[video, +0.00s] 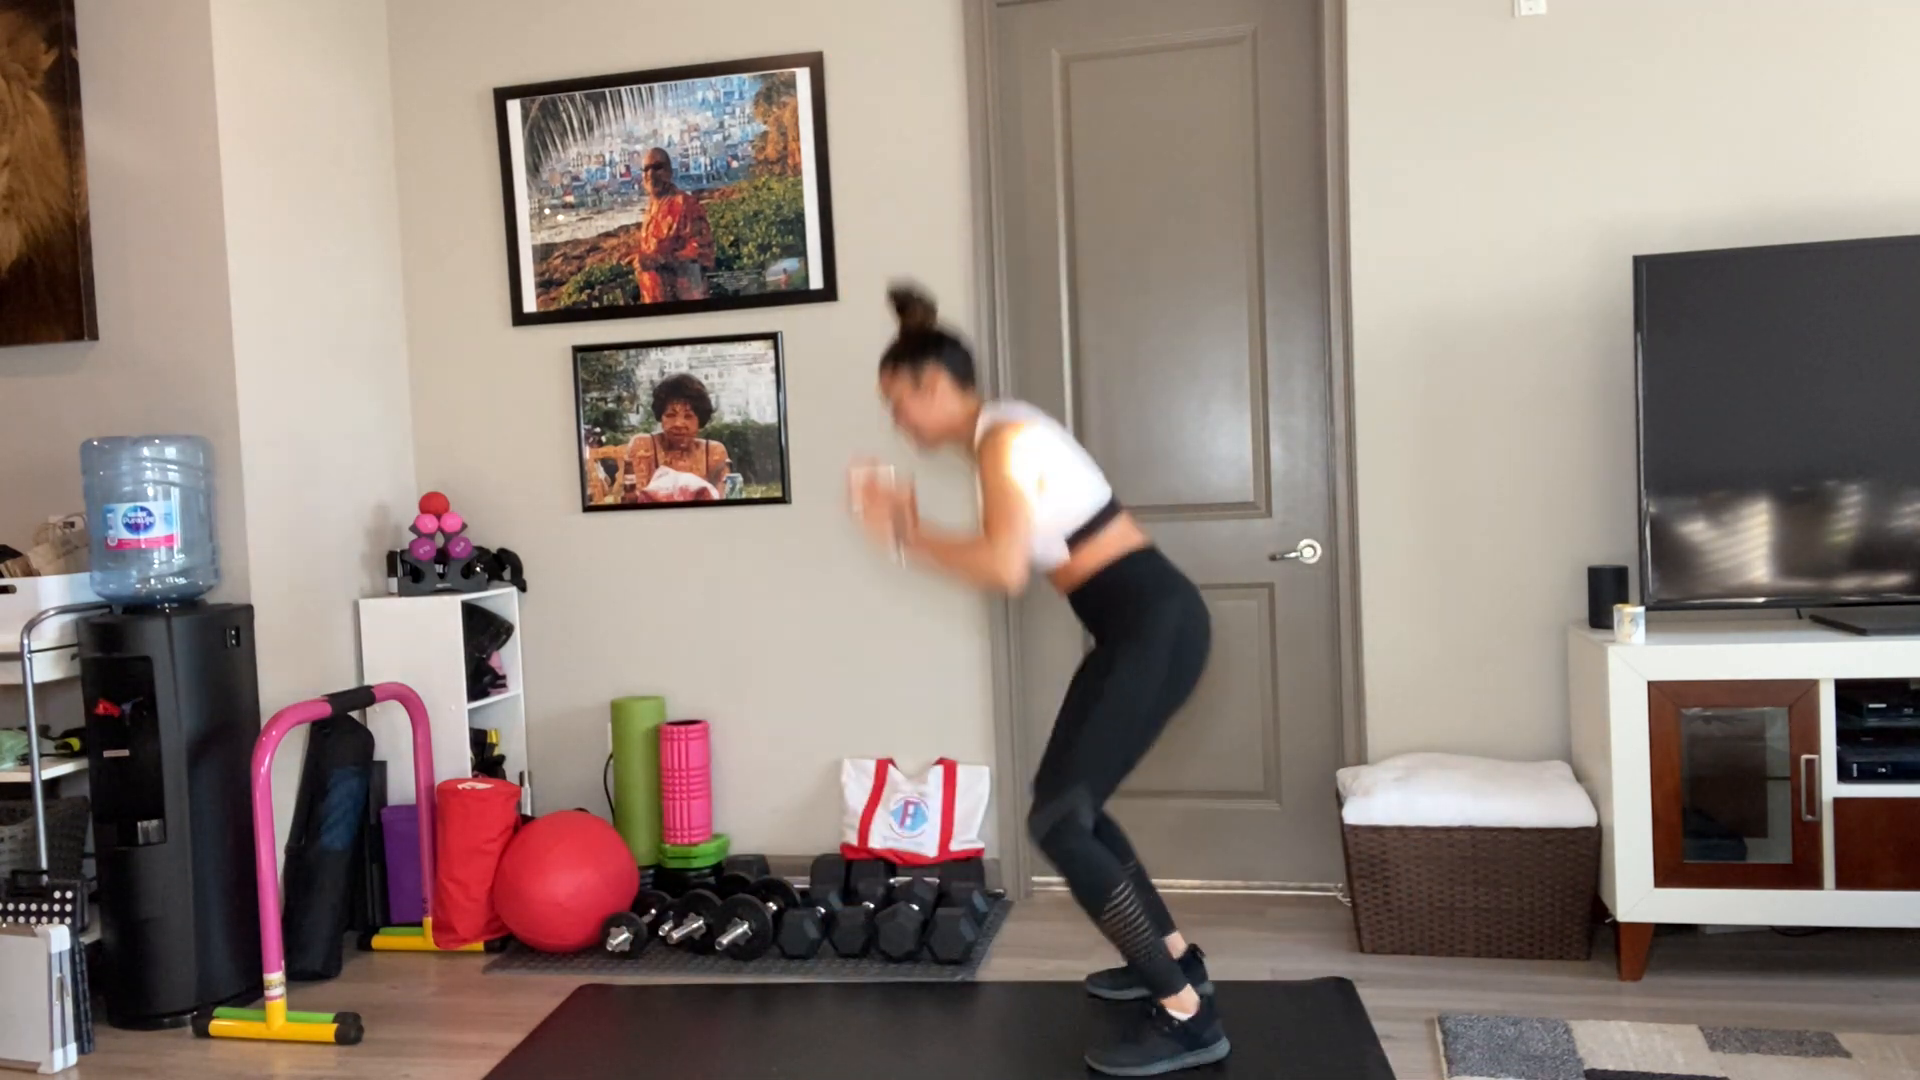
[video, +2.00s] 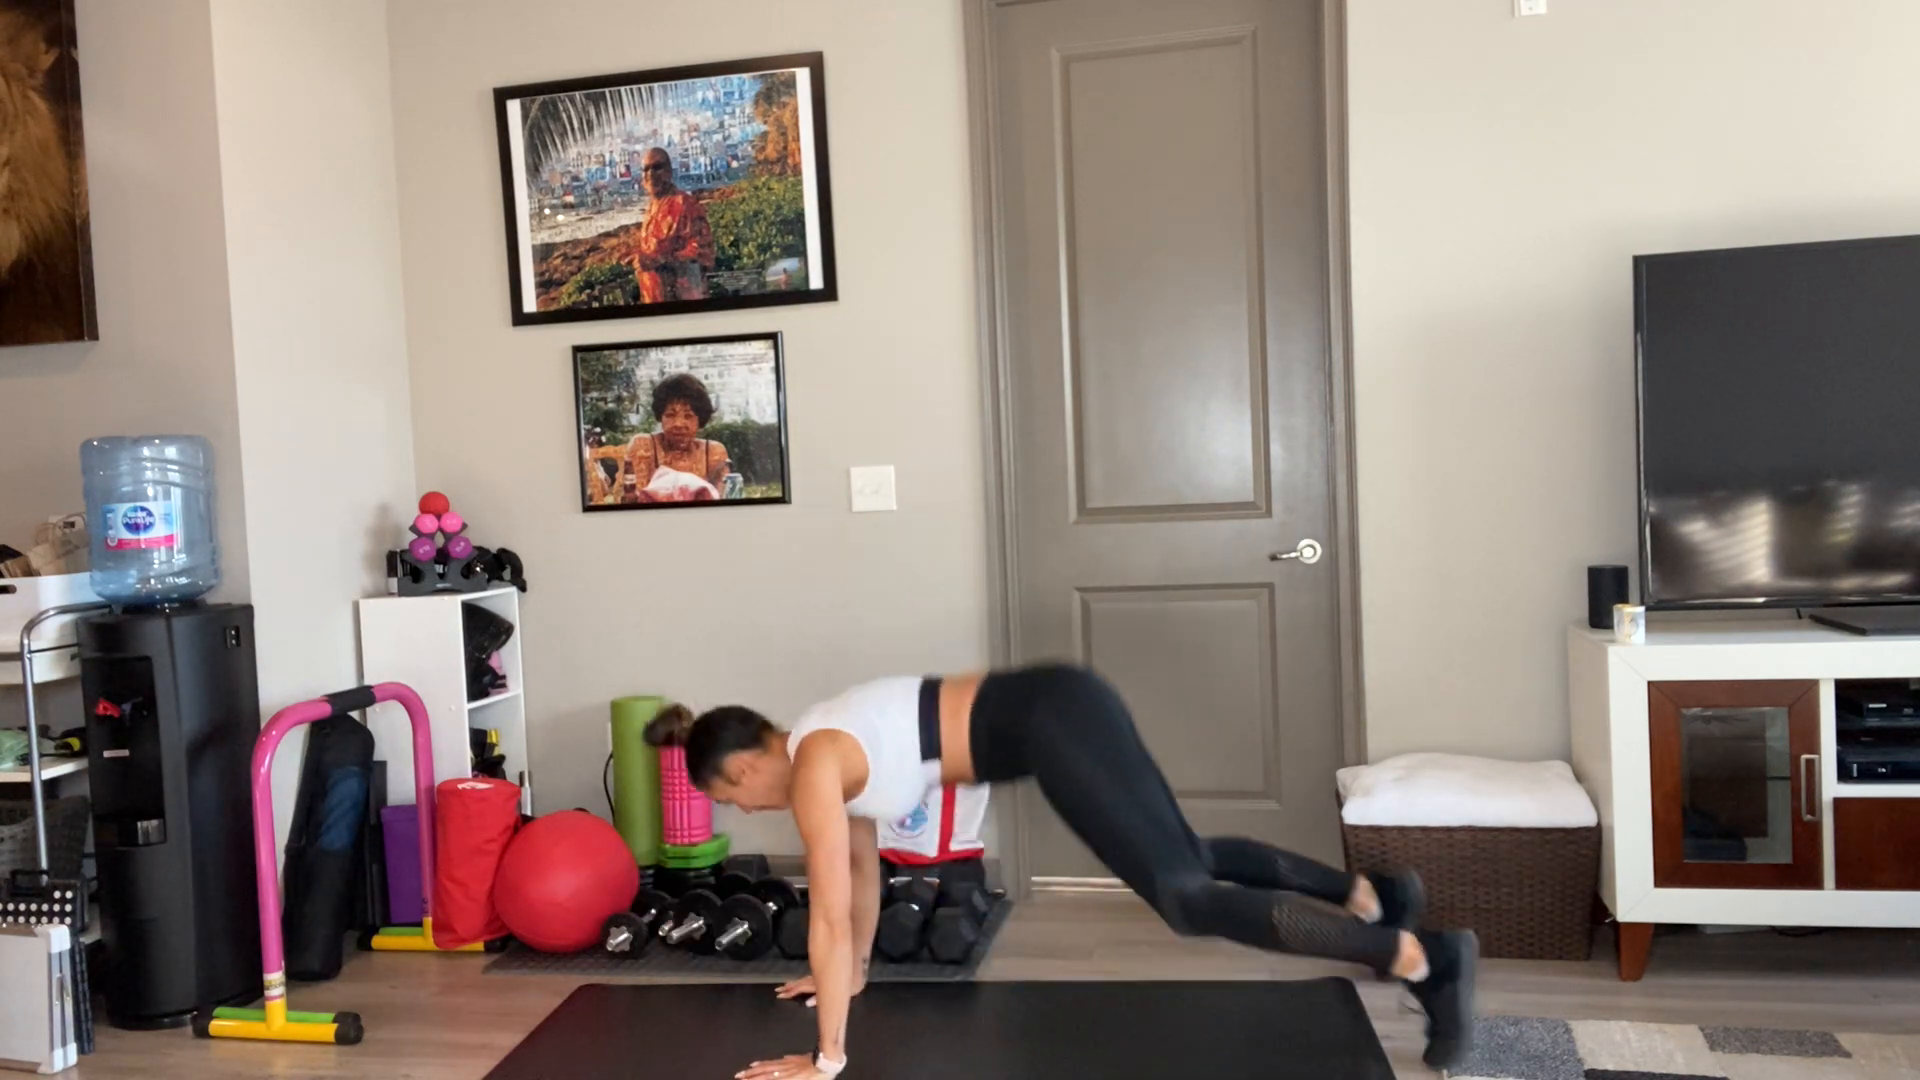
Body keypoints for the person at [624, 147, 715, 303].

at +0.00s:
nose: (650, 174)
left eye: (657, 167)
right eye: (646, 169)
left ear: (670, 172)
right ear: (642, 175)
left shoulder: (685, 204)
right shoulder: (653, 206)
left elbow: (703, 254)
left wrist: (656, 260)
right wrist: (638, 257)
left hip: (682, 297)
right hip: (654, 297)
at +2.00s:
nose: (650, 174)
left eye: (657, 167)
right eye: (646, 169)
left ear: (669, 171)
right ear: (642, 176)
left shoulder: (686, 204)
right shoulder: (654, 206)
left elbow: (702, 254)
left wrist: (657, 260)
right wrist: (638, 257)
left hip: (683, 297)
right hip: (655, 297)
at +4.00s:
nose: (650, 175)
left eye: (657, 167)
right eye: (646, 169)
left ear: (669, 171)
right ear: (642, 175)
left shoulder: (686, 205)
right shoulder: (654, 206)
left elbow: (702, 255)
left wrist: (657, 261)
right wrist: (638, 257)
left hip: (682, 297)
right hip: (655, 296)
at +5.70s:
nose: (650, 174)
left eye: (657, 168)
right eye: (645, 169)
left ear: (670, 172)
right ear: (642, 175)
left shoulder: (685, 204)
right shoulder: (653, 206)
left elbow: (702, 254)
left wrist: (656, 261)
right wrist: (639, 257)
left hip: (683, 297)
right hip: (655, 297)